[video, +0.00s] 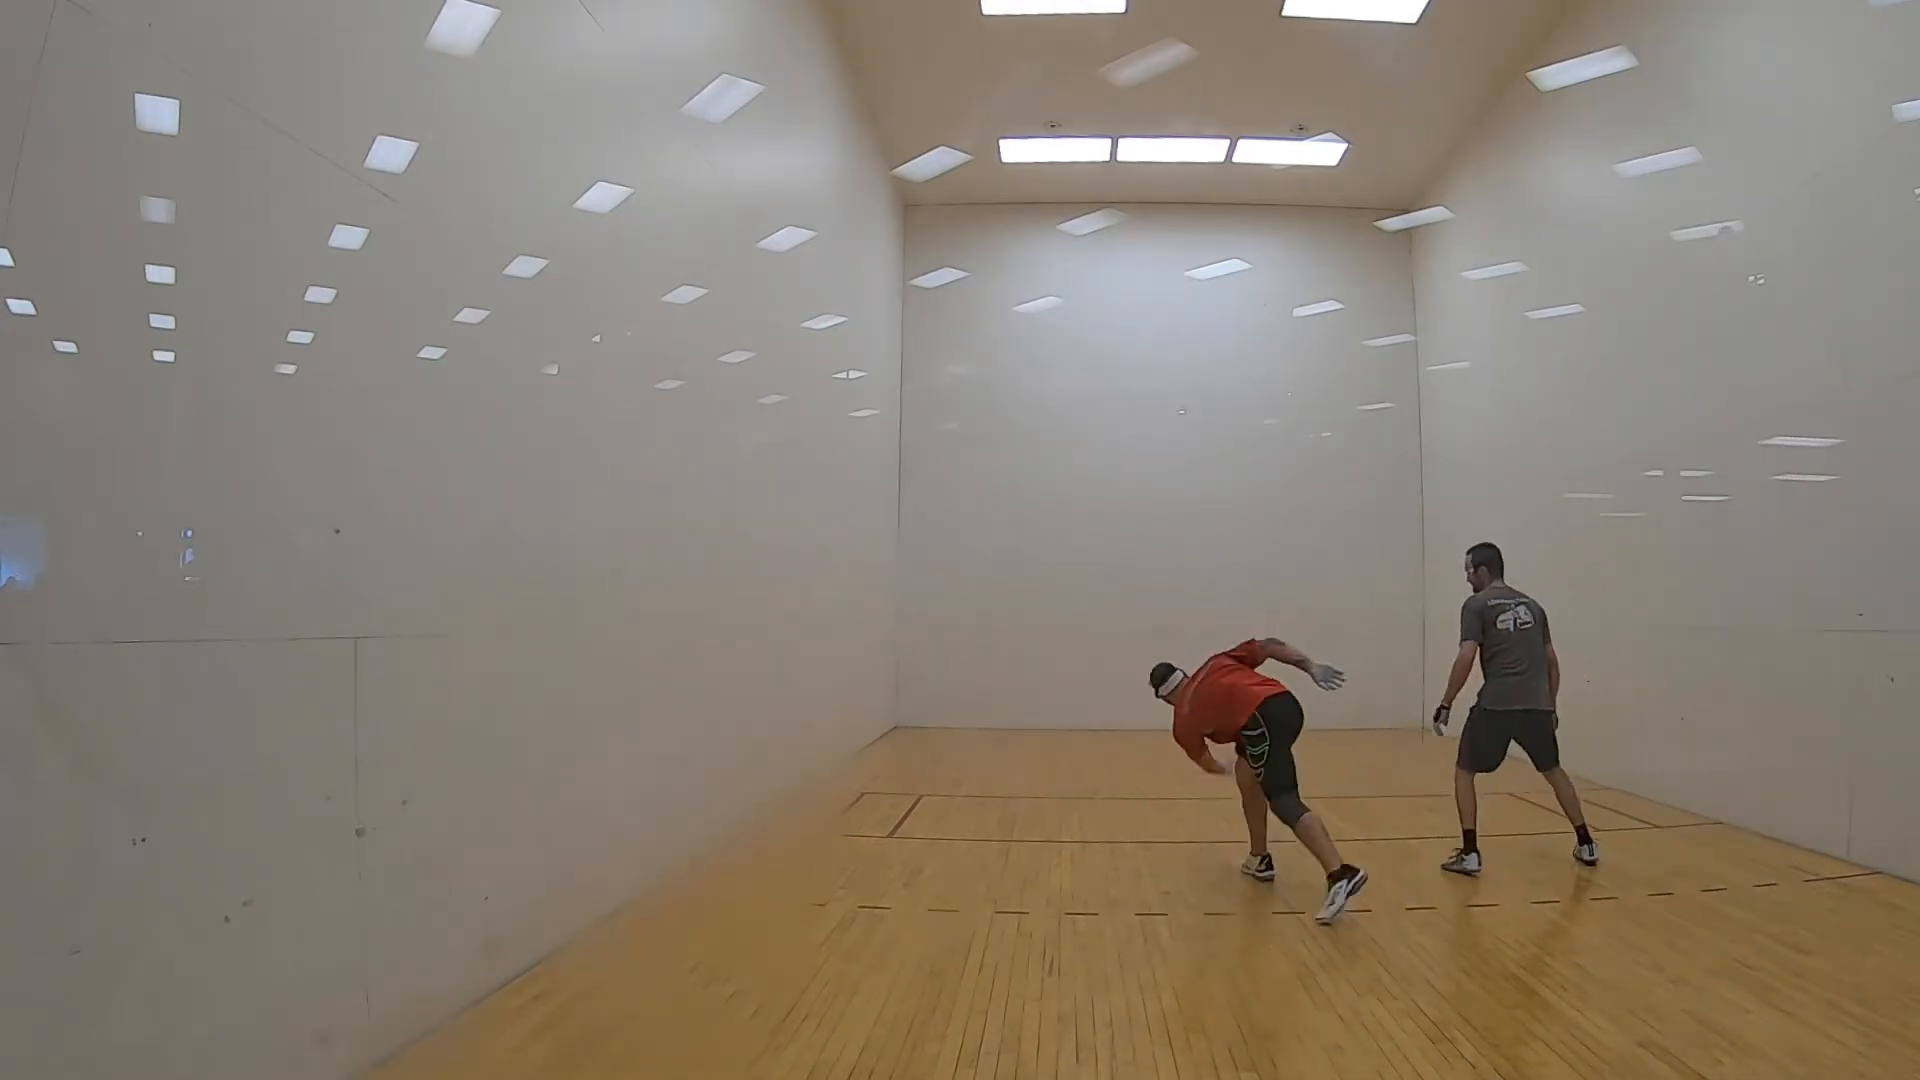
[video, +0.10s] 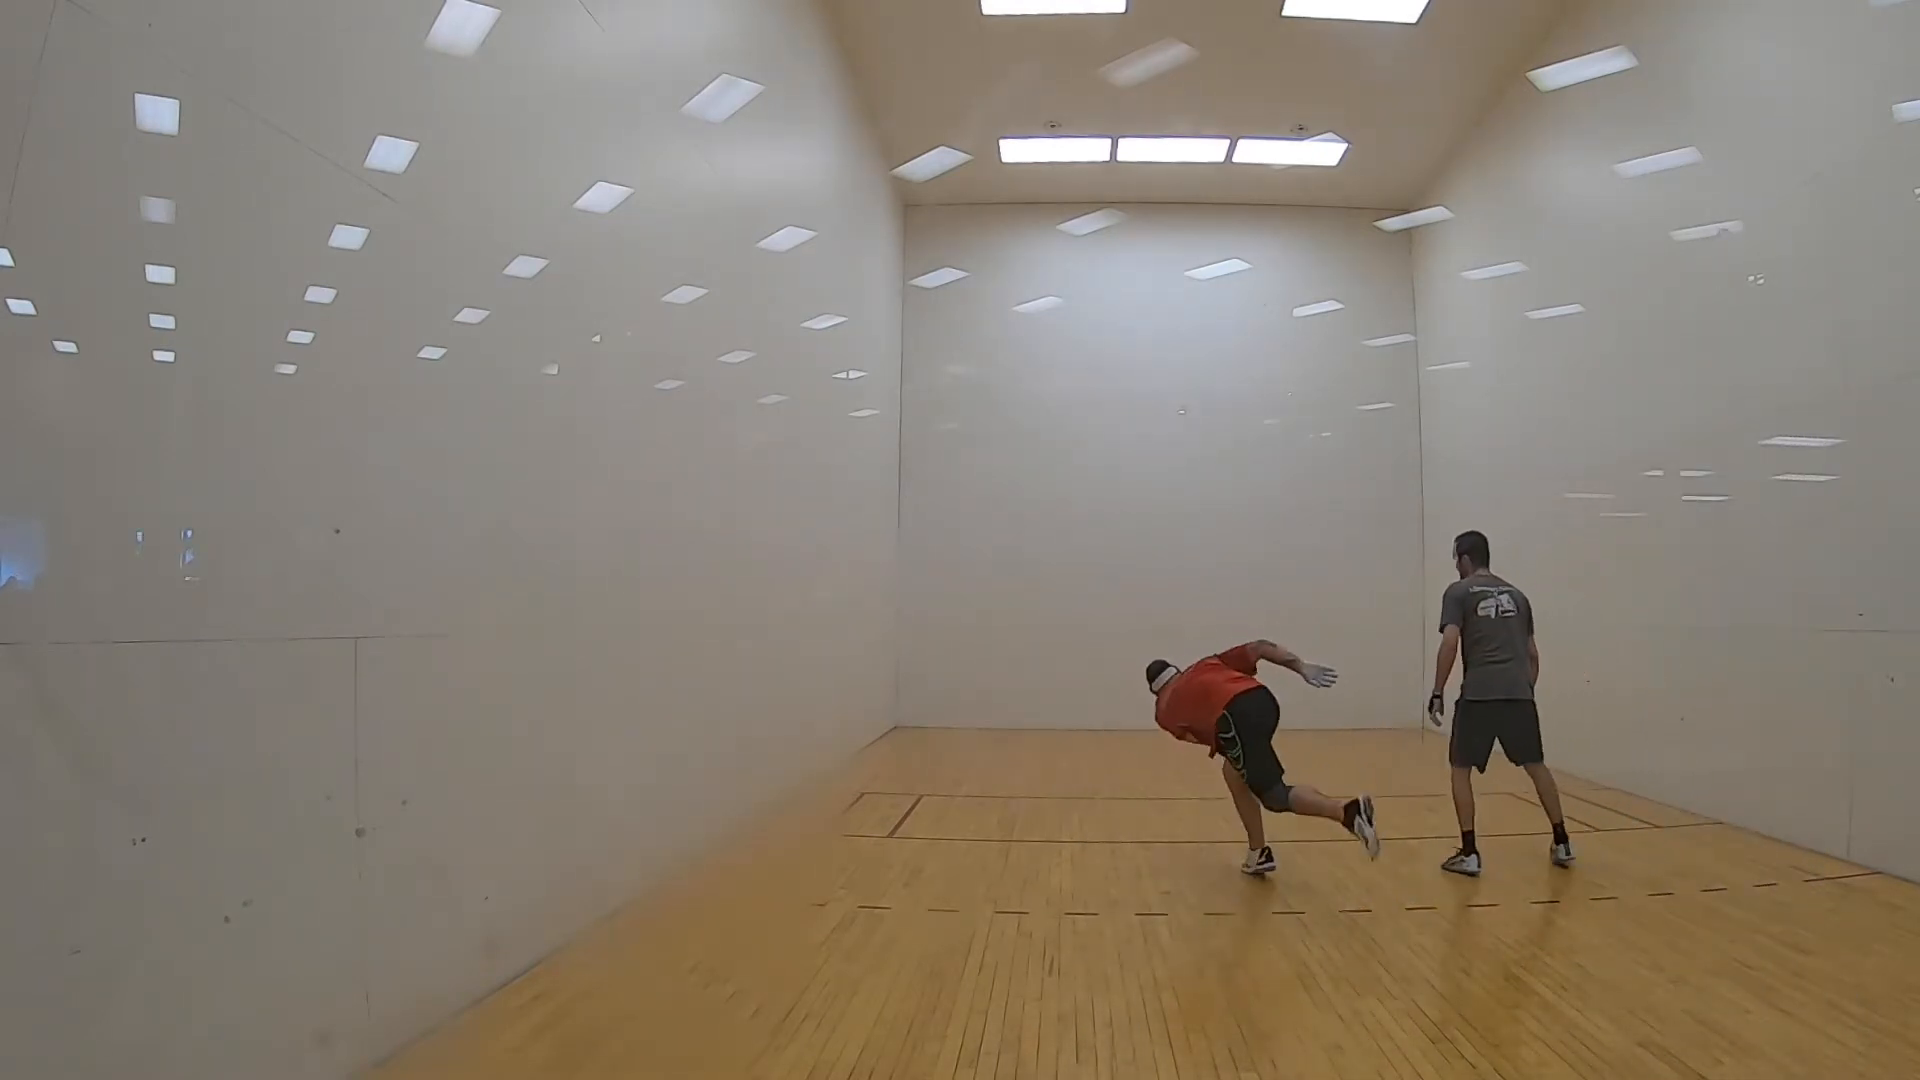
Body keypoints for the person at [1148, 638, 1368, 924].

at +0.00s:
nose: (1169, 701)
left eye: (1165, 697)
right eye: (1167, 695)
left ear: (1166, 696)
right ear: (1184, 674)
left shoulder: (1183, 723)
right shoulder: (1217, 662)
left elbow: (1206, 762)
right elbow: (1268, 645)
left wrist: (1224, 768)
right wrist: (1311, 666)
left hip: (1262, 725)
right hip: (1288, 707)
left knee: (1285, 803)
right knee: (1245, 772)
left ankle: (1339, 874)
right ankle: (1258, 857)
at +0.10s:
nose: (1159, 693)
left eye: (1157, 689)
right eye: (1161, 687)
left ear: (1156, 688)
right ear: (1177, 670)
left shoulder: (1163, 710)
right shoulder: (1206, 665)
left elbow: (1196, 732)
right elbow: (1259, 647)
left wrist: (1222, 745)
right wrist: (1301, 667)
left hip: (1236, 721)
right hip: (1265, 702)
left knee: (1275, 796)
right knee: (1232, 771)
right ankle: (1258, 852)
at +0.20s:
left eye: (1139, 670)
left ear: (1140, 668)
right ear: (1161, 650)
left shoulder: (1145, 692)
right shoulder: (1189, 649)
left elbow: (1173, 743)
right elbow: (1238, 629)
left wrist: (1203, 734)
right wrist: (1273, 660)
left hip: (1213, 702)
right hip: (1244, 686)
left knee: (1218, 785)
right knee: (1237, 773)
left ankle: (1285, 787)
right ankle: (1257, 843)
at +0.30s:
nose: (1130, 648)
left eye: (1124, 647)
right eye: (1132, 641)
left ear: (1118, 650)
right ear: (1142, 633)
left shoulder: (1125, 674)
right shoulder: (1173, 632)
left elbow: (1131, 725)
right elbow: (1215, 616)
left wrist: (1147, 765)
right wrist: (1234, 654)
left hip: (1184, 693)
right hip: (1221, 683)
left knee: (1159, 755)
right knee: (1225, 766)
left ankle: (1195, 818)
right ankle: (1252, 831)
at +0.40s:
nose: (1103, 638)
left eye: (1101, 634)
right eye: (1104, 634)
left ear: (1099, 634)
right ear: (1124, 622)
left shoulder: (1103, 661)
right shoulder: (1155, 628)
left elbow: (1103, 708)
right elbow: (1196, 625)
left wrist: (1101, 753)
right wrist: (1201, 666)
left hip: (1154, 707)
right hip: (1192, 700)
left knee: (1123, 757)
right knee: (1206, 771)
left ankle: (1107, 817)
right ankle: (1242, 823)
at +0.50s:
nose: (1089, 633)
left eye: (1086, 630)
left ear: (1083, 631)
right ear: (1109, 623)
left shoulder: (1083, 661)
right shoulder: (1141, 640)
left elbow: (1081, 707)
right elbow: (1179, 658)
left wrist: (1076, 754)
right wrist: (1169, 693)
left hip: (1119, 728)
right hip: (1158, 729)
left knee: (1095, 758)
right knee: (1171, 799)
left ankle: (1090, 817)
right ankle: (1213, 821)